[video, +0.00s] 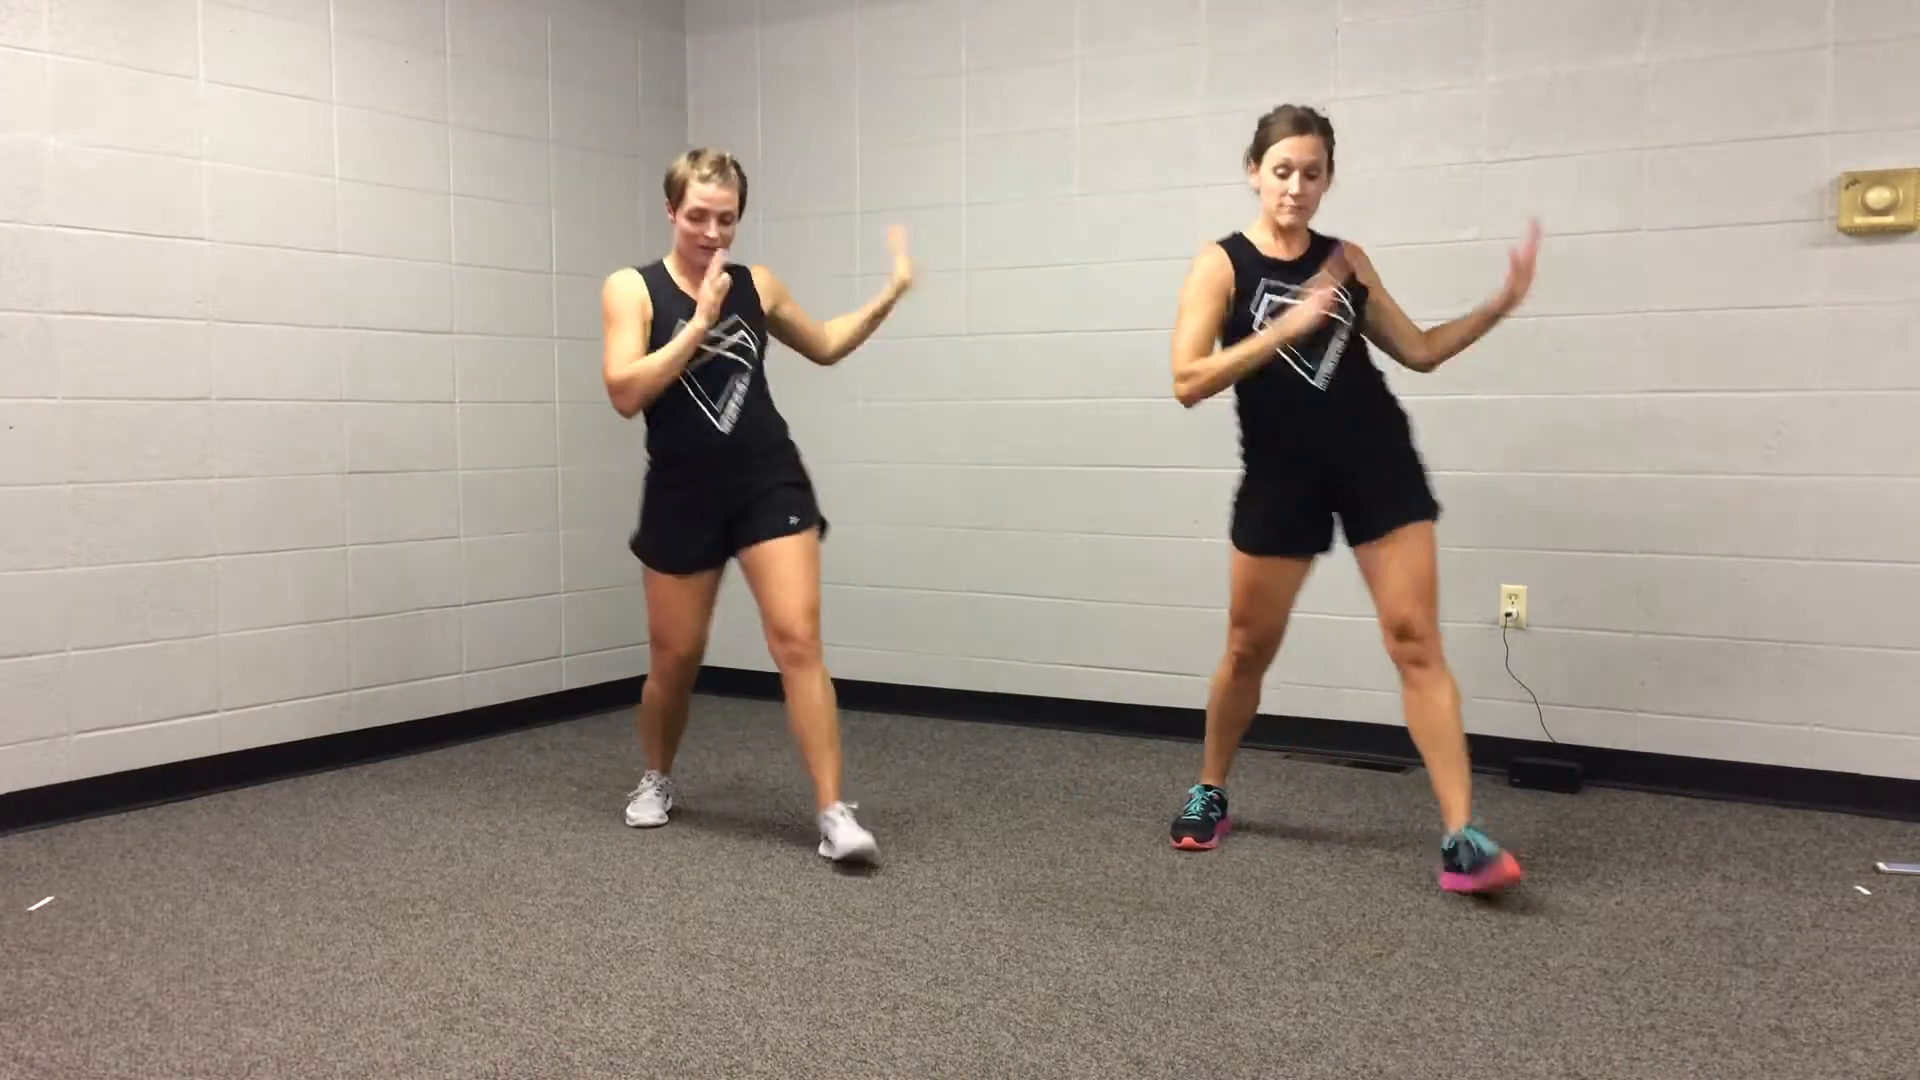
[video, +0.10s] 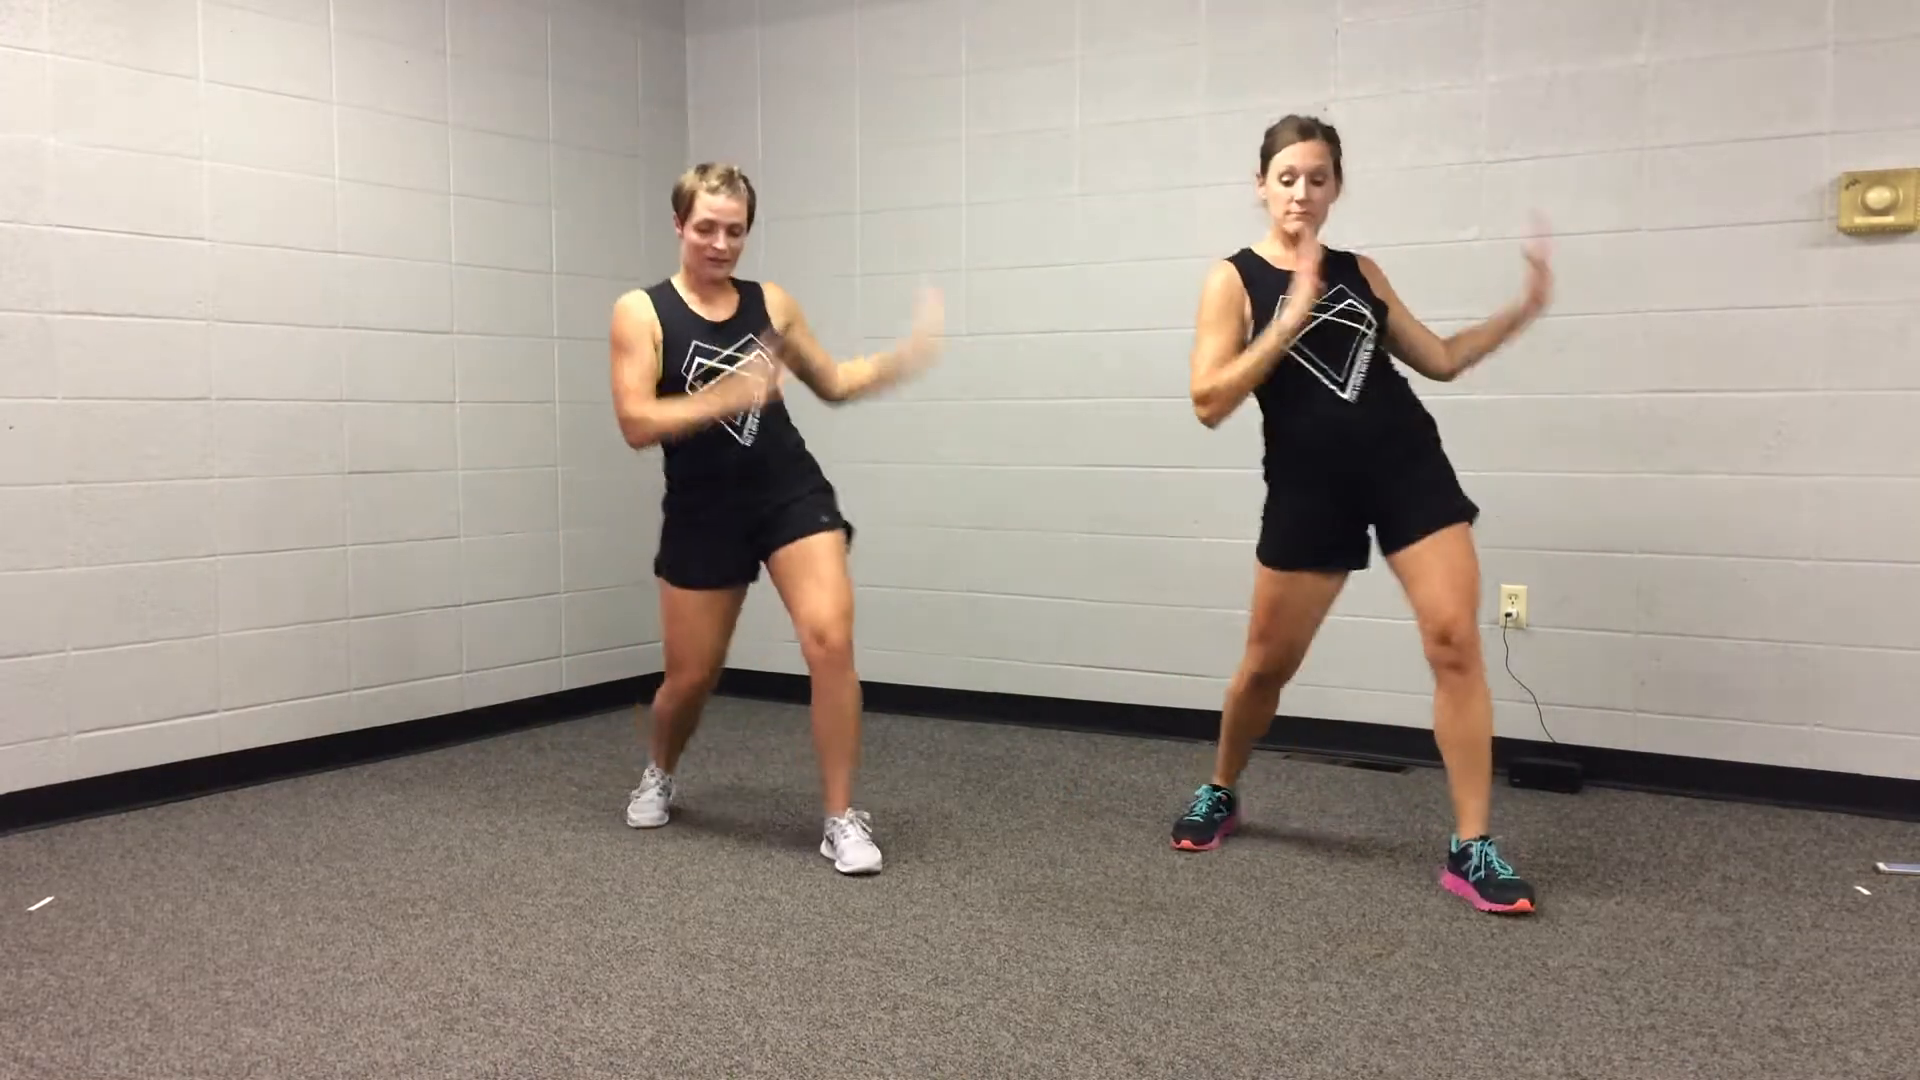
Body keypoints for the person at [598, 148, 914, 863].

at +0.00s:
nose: (714, 230)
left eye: (726, 217)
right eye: (701, 214)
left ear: (739, 219)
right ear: (673, 212)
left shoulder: (757, 287)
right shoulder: (632, 288)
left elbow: (825, 346)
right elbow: (625, 394)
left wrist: (892, 292)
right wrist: (698, 325)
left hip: (768, 484)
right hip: (682, 494)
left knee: (798, 639)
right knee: (674, 660)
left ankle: (833, 812)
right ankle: (655, 780)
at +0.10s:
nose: (720, 241)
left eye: (733, 229)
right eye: (707, 227)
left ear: (746, 233)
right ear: (679, 228)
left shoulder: (770, 305)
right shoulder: (640, 313)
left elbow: (834, 382)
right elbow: (636, 424)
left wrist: (901, 358)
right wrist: (729, 396)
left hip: (789, 496)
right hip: (704, 511)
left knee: (831, 638)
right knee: (688, 682)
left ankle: (842, 816)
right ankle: (659, 774)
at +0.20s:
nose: (726, 240)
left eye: (739, 227)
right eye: (713, 226)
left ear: (759, 229)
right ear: (691, 229)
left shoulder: (795, 310)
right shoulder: (656, 320)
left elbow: (844, 409)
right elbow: (652, 431)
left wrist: (904, 480)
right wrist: (687, 521)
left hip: (802, 500)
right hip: (709, 512)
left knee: (833, 646)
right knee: (659, 684)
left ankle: (840, 818)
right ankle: (644, 755)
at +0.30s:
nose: (731, 225)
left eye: (744, 210)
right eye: (717, 211)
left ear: (770, 212)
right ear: (700, 216)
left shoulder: (812, 294)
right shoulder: (670, 302)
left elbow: (839, 400)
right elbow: (630, 407)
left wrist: (807, 456)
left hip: (788, 494)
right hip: (694, 494)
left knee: (821, 646)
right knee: (617, 645)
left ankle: (838, 816)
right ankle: (617, 754)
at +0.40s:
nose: (723, 213)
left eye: (736, 198)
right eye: (710, 200)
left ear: (765, 197)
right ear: (696, 203)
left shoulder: (807, 277)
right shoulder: (673, 281)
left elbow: (817, 388)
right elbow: (620, 375)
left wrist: (712, 369)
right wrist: (535, 370)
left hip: (760, 479)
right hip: (670, 471)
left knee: (802, 641)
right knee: (595, 620)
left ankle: (837, 816)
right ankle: (571, 785)